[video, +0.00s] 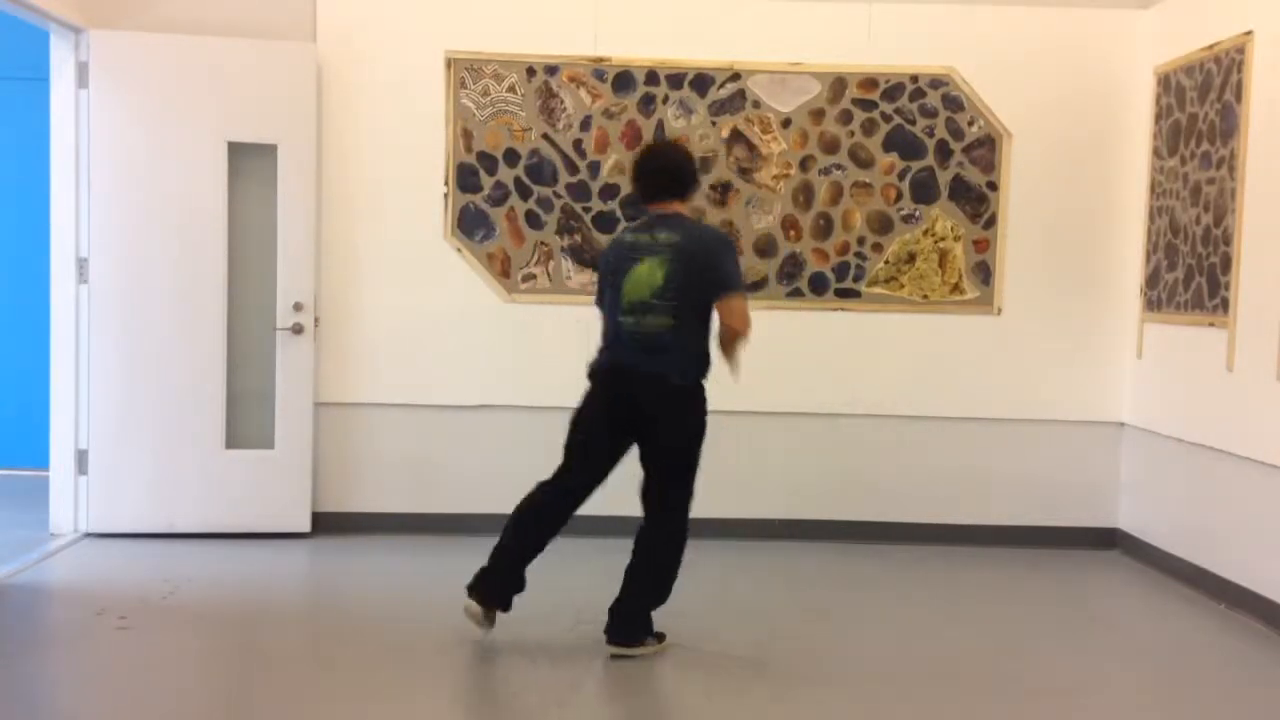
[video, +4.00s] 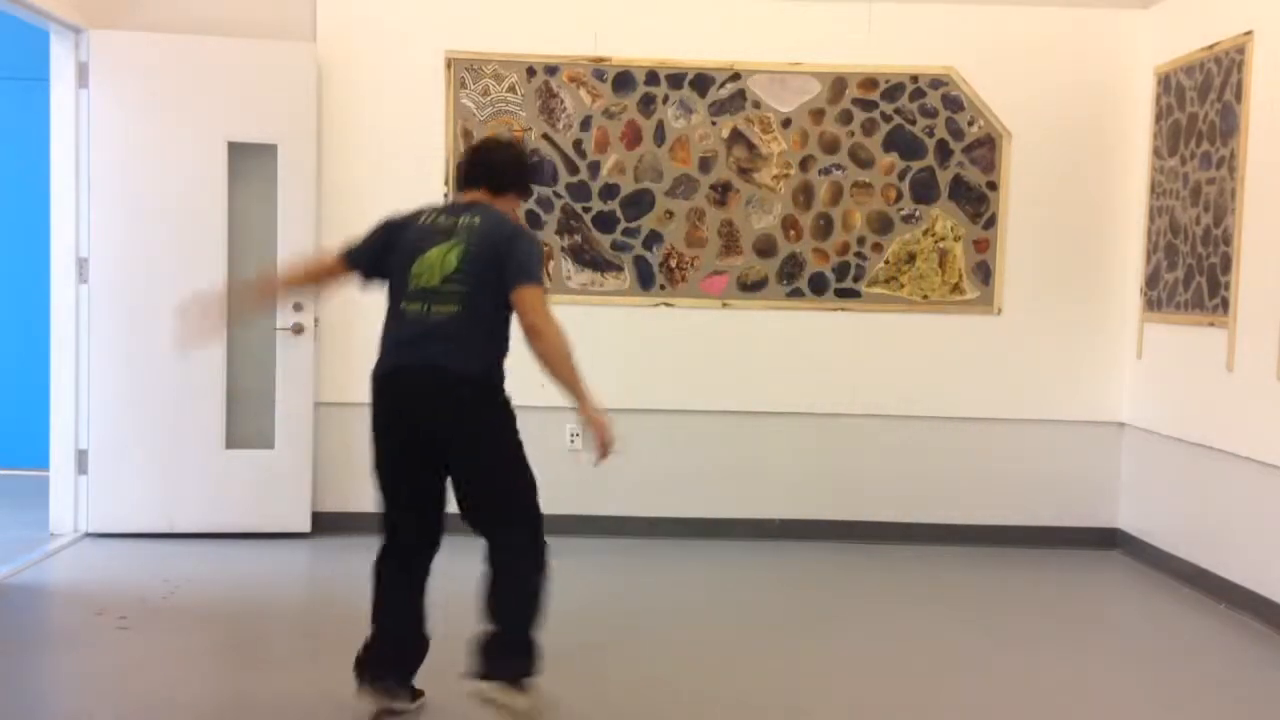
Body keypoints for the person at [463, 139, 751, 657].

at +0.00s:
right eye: (689, 183)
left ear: (639, 190)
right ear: (690, 187)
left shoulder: (620, 246)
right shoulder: (711, 243)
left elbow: (612, 316)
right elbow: (736, 324)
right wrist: (728, 344)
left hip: (613, 390)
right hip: (675, 398)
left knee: (567, 486)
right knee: (666, 514)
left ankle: (491, 587)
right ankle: (629, 627)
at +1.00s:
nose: (595, 155)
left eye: (599, 144)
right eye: (596, 144)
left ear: (622, 150)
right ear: (663, 150)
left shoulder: (621, 221)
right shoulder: (709, 215)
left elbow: (607, 323)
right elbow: (740, 316)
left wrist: (581, 402)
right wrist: (725, 394)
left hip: (649, 398)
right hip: (708, 395)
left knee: (649, 544)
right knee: (666, 535)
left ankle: (684, 688)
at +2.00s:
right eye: (898, 173)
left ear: (832, 182)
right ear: (898, 180)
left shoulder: (802, 256)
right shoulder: (928, 248)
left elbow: (749, 347)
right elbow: (977, 351)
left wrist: (703, 424)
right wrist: (1014, 423)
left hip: (834, 442)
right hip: (909, 438)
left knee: (880, 575)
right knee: (955, 583)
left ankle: (894, 697)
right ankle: (890, 698)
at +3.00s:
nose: (517, 195)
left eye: (518, 187)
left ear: (522, 190)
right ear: (586, 188)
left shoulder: (500, 256)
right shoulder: (628, 263)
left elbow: (469, 353)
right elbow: (618, 355)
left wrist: (459, 411)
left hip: (510, 434)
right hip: (592, 437)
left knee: (464, 567)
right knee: (595, 577)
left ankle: (426, 704)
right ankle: (652, 697)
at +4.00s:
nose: (522, 213)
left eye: (523, 203)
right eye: (521, 202)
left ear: (464, 185)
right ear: (506, 194)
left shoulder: (409, 226)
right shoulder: (510, 235)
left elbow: (323, 269)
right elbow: (535, 319)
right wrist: (586, 403)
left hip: (397, 396)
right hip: (469, 398)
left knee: (409, 531)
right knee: (516, 527)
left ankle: (387, 672)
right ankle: (506, 662)